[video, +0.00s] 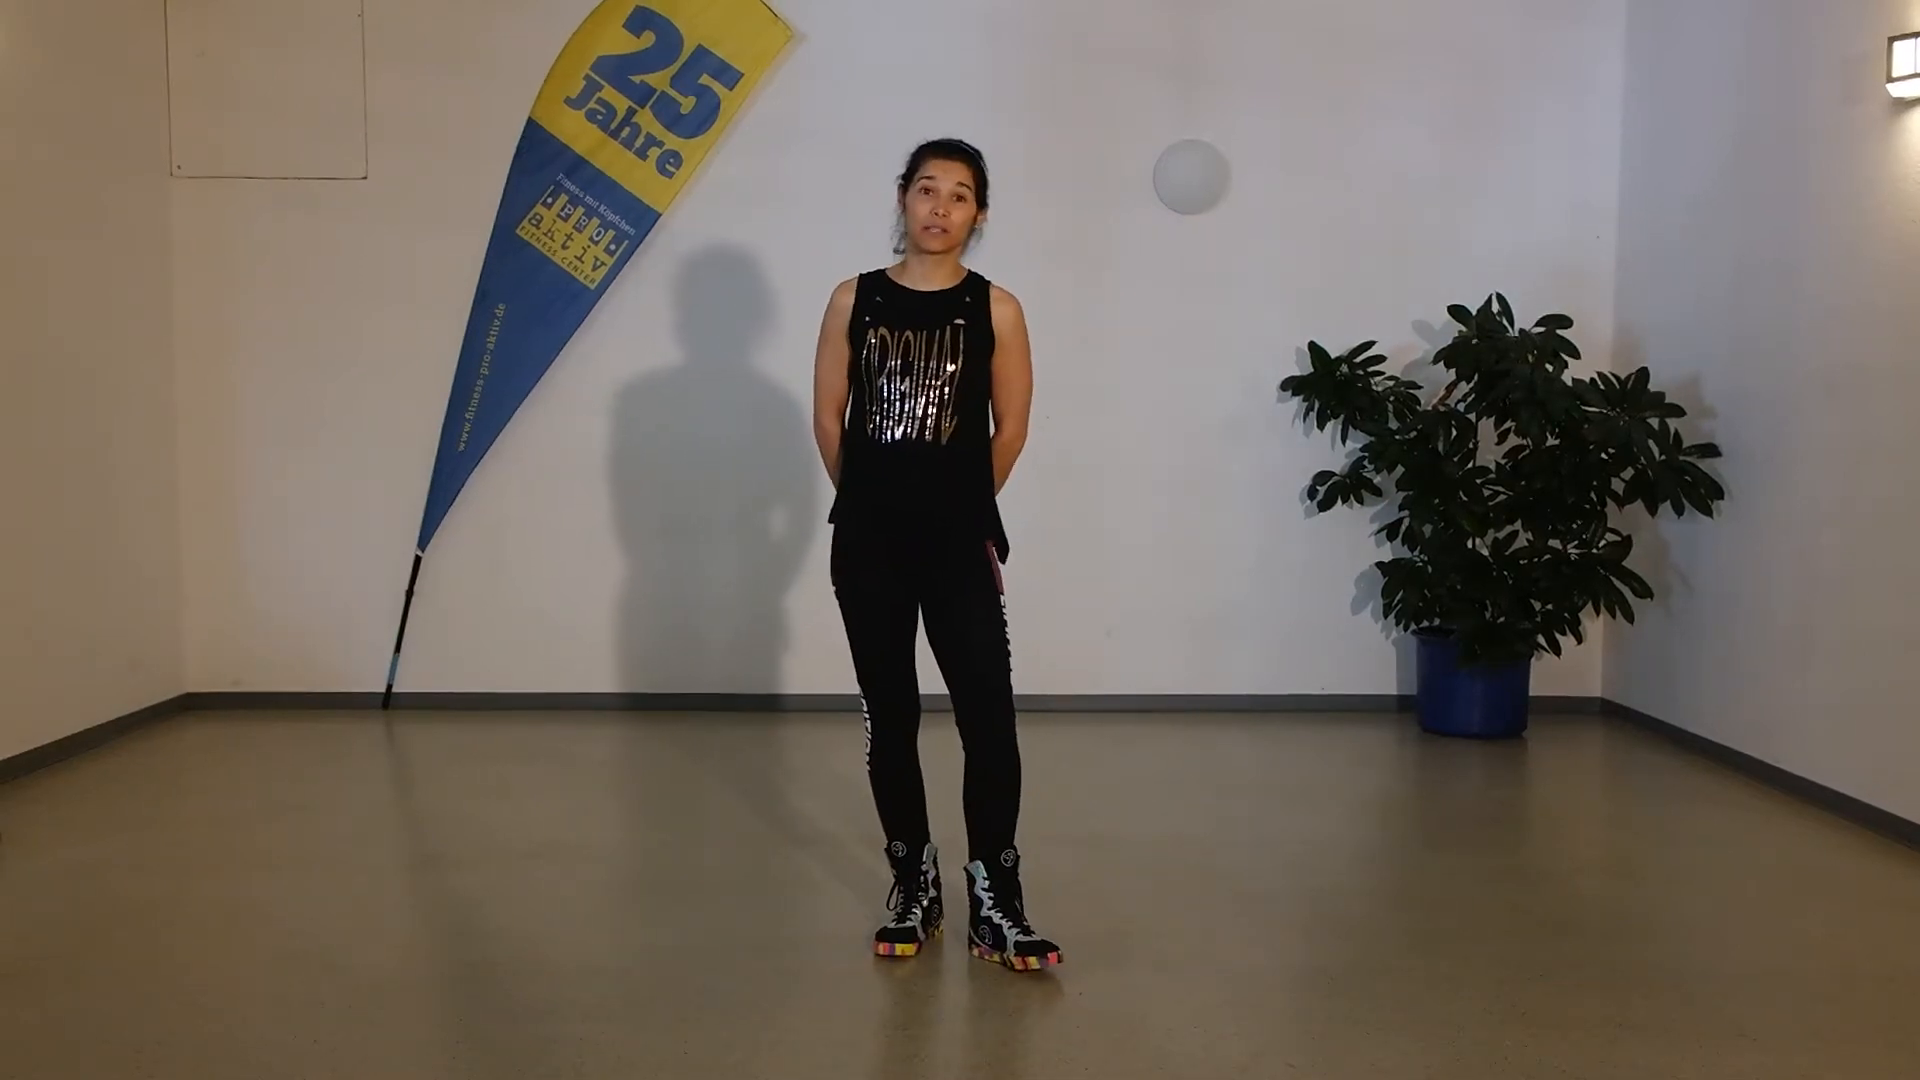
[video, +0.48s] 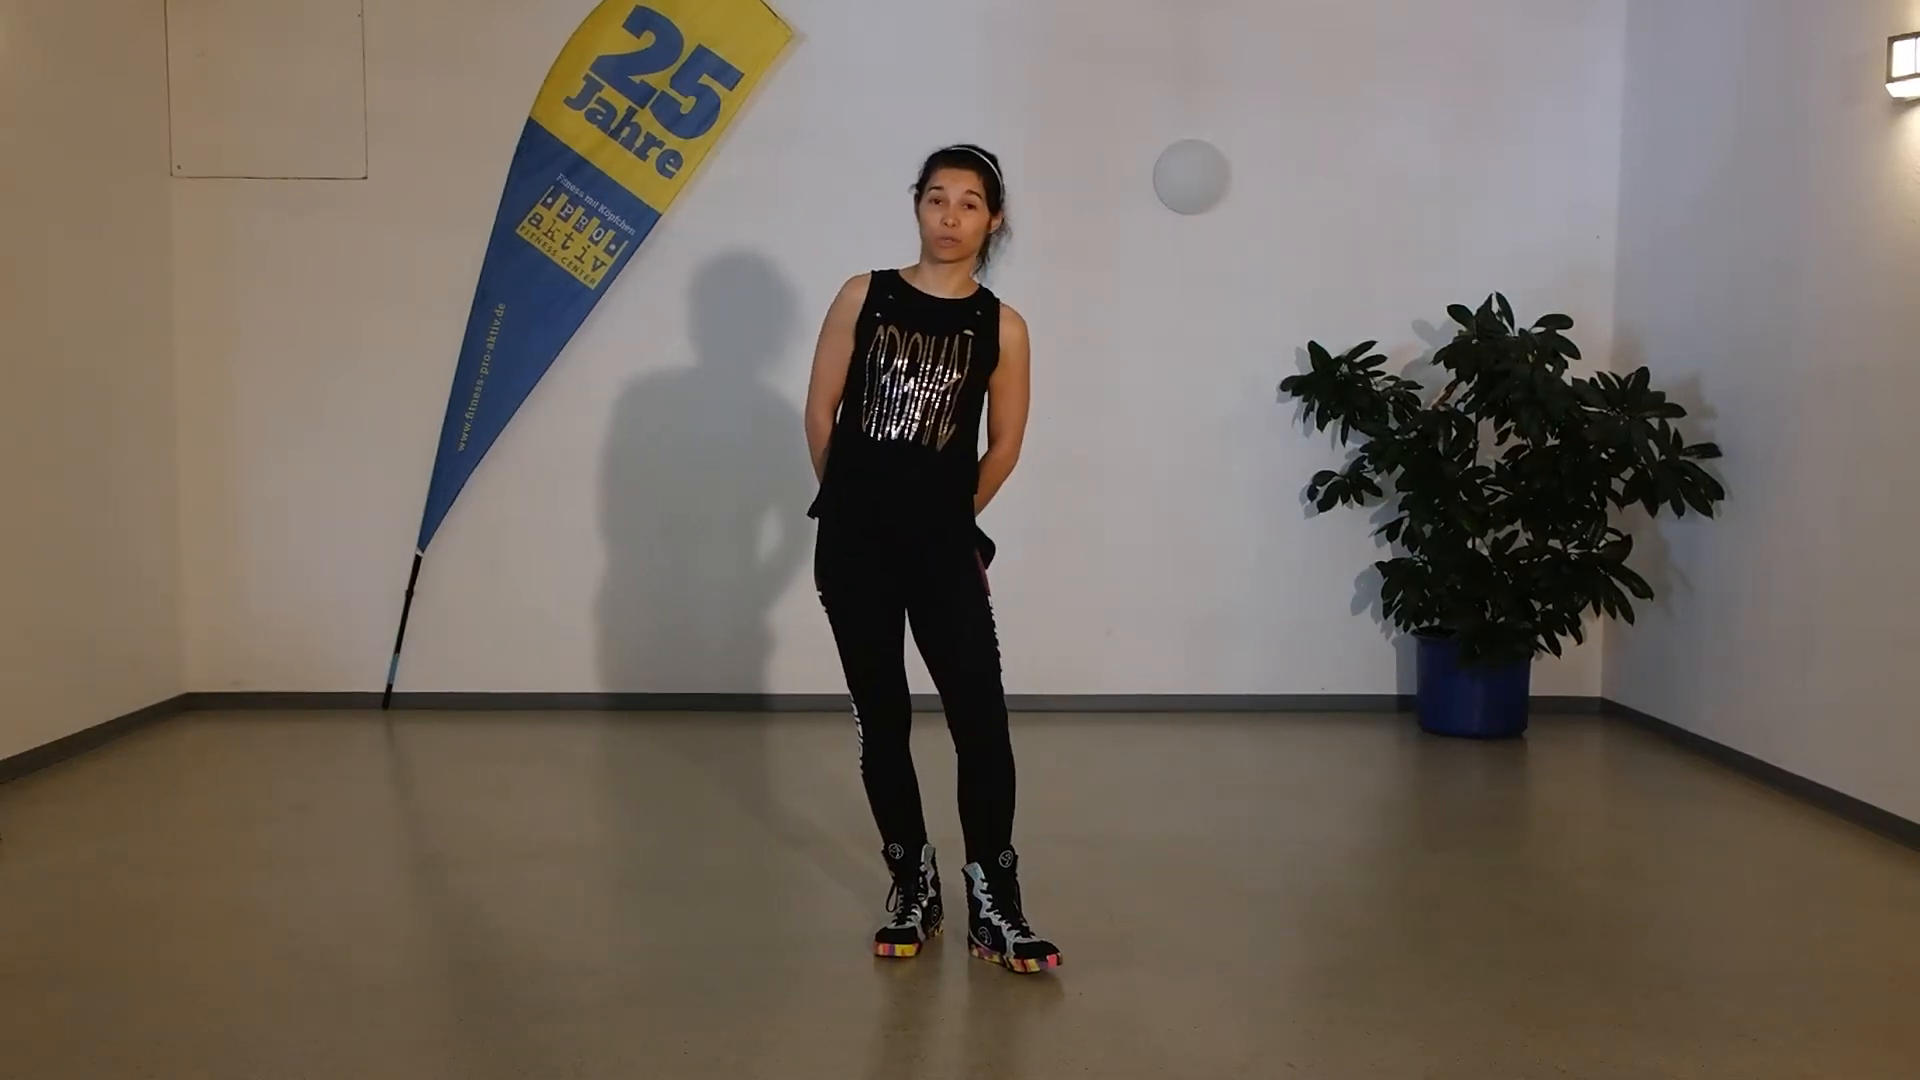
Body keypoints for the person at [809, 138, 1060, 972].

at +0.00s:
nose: (940, 204)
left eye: (959, 196)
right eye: (927, 189)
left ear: (976, 218)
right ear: (902, 203)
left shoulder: (997, 309)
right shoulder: (853, 299)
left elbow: (1013, 428)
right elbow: (828, 420)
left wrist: (966, 503)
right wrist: (860, 500)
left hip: (960, 535)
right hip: (869, 535)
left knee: (988, 716)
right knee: (891, 718)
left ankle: (994, 898)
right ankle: (912, 883)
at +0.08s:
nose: (942, 205)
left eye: (961, 196)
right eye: (929, 189)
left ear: (978, 217)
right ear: (905, 203)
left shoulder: (998, 311)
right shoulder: (855, 298)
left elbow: (1012, 430)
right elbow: (827, 421)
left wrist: (963, 507)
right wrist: (859, 501)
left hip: (958, 537)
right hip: (866, 536)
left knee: (987, 720)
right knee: (890, 719)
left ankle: (994, 902)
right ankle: (912, 888)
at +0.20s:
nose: (944, 210)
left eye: (963, 200)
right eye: (931, 195)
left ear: (985, 221)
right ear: (910, 208)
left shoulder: (1001, 318)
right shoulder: (859, 298)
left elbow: (1010, 440)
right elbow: (825, 418)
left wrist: (957, 515)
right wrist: (850, 503)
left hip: (952, 541)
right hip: (861, 538)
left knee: (986, 722)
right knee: (886, 721)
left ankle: (993, 901)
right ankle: (911, 887)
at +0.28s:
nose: (946, 213)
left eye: (965, 203)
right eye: (934, 198)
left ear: (989, 222)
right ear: (913, 210)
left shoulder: (1002, 322)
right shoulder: (861, 299)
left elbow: (1006, 442)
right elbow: (824, 417)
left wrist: (956, 518)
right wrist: (847, 501)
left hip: (949, 541)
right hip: (858, 537)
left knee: (984, 721)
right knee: (884, 720)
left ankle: (994, 901)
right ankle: (911, 888)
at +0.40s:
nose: (948, 214)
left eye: (967, 203)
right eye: (936, 198)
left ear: (992, 222)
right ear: (916, 209)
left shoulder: (1002, 323)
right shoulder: (862, 295)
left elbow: (1006, 443)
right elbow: (820, 412)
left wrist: (953, 517)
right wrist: (843, 500)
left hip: (947, 541)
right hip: (856, 536)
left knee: (980, 716)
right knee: (883, 718)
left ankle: (993, 900)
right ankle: (911, 888)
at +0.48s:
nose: (949, 213)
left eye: (968, 203)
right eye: (937, 198)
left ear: (991, 222)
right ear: (916, 210)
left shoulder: (1002, 325)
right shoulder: (863, 296)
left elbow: (1005, 444)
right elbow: (819, 412)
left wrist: (953, 515)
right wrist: (841, 499)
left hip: (945, 538)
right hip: (854, 533)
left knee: (980, 718)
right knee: (882, 718)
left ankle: (993, 902)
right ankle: (911, 888)